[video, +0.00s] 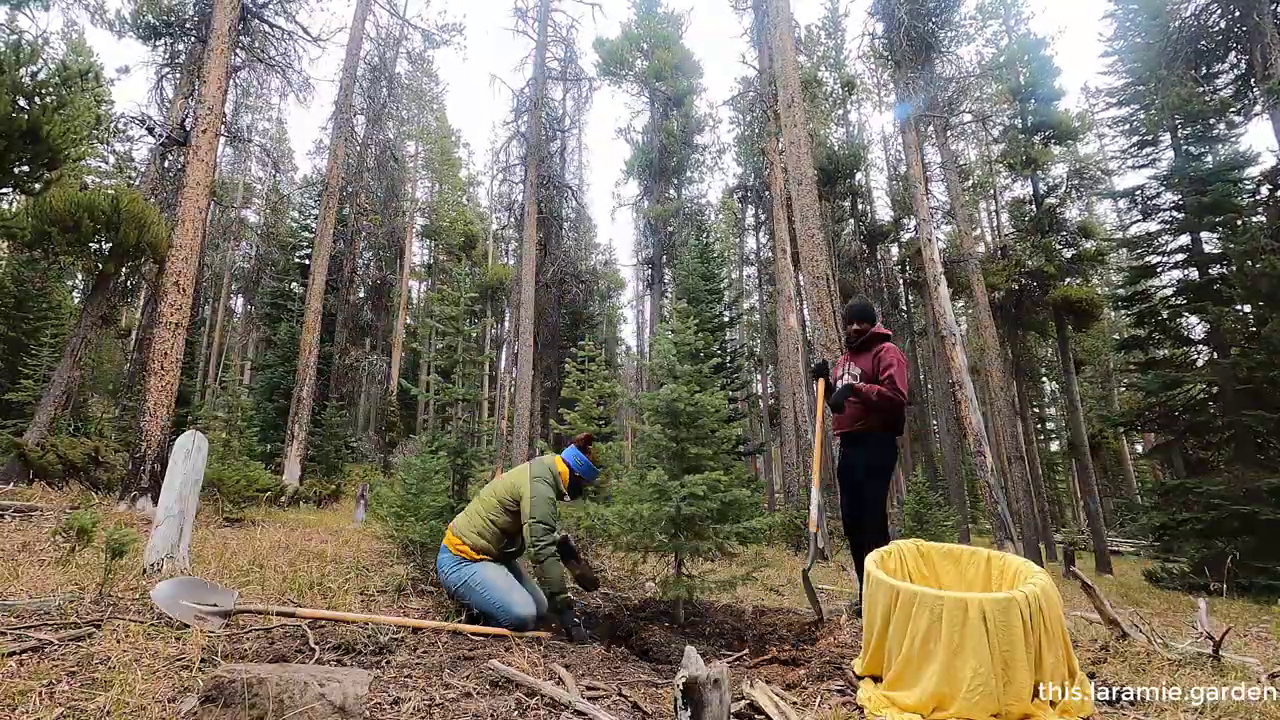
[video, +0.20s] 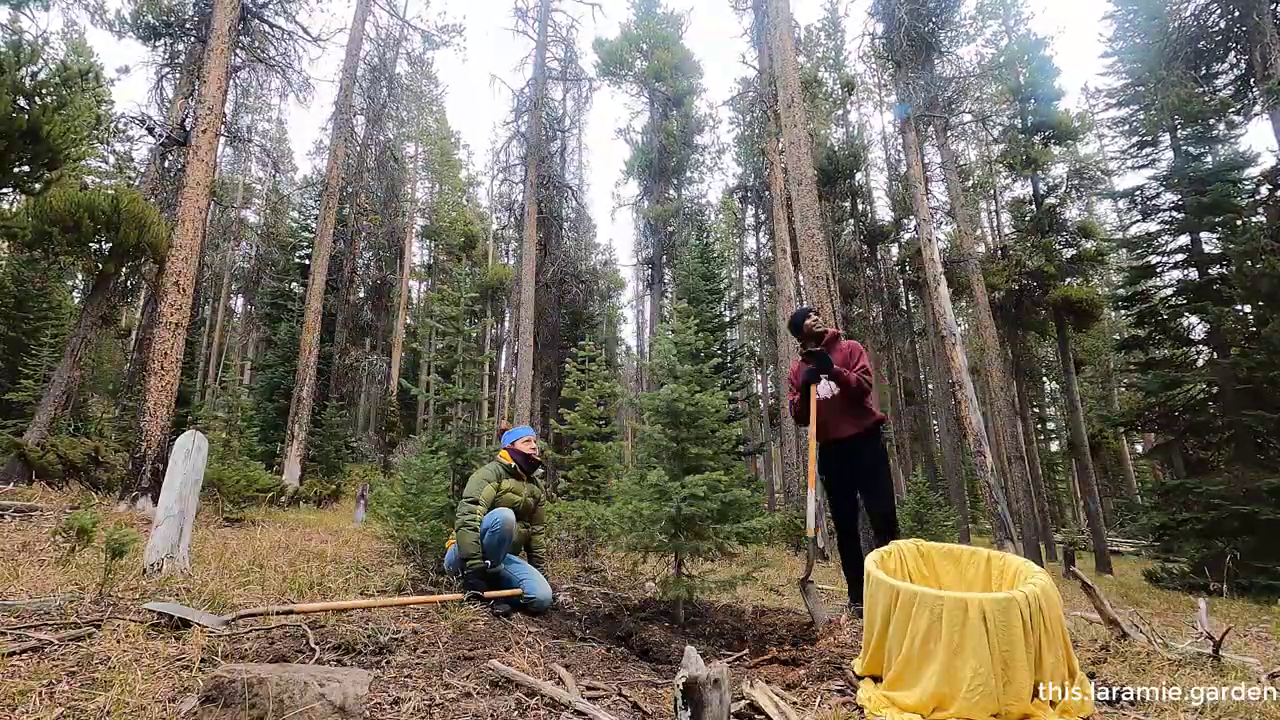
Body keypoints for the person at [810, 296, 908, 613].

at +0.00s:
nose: (853, 329)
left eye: (858, 324)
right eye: (849, 324)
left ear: (870, 325)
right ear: (844, 326)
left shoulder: (887, 352)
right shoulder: (843, 360)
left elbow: (897, 397)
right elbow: (837, 402)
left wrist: (854, 388)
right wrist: (825, 379)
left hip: (876, 443)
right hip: (851, 444)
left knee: (871, 521)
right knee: (852, 523)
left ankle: (881, 597)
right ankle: (866, 594)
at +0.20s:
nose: (816, 318)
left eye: (815, 314)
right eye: (808, 319)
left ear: (822, 319)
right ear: (799, 334)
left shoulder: (851, 349)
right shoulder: (798, 368)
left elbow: (863, 387)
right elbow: (800, 417)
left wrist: (831, 369)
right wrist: (805, 385)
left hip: (867, 443)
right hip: (832, 450)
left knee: (883, 521)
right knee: (846, 529)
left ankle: (897, 594)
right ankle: (857, 599)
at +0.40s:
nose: (761, 386)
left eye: (765, 380)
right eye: (758, 381)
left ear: (778, 372)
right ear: (762, 373)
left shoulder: (802, 390)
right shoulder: (780, 371)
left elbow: (789, 445)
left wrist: (770, 488)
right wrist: (765, 397)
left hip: (835, 450)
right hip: (809, 452)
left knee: (829, 524)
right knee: (811, 522)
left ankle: (835, 596)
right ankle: (820, 589)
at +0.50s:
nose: (715, 367)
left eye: (716, 361)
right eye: (712, 363)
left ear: (724, 353)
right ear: (717, 358)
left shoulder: (759, 370)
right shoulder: (723, 373)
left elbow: (741, 420)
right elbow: (709, 406)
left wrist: (708, 436)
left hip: (782, 441)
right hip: (759, 445)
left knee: (744, 495)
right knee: (762, 514)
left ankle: (744, 575)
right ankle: (779, 589)